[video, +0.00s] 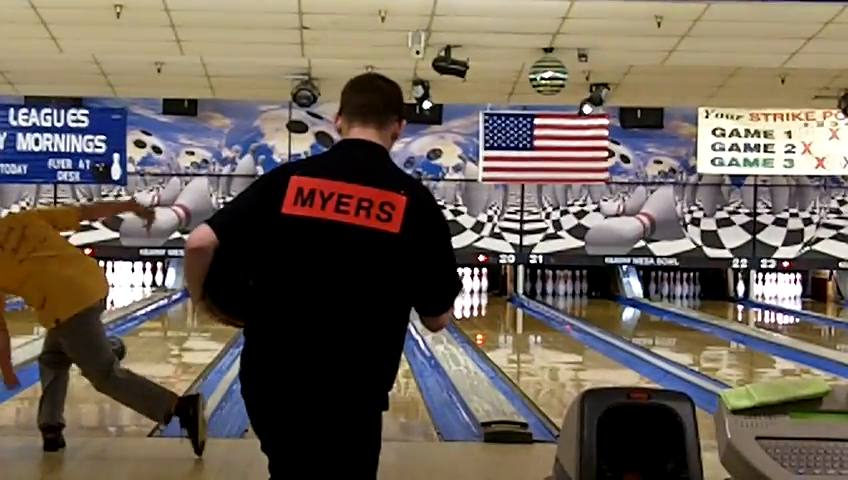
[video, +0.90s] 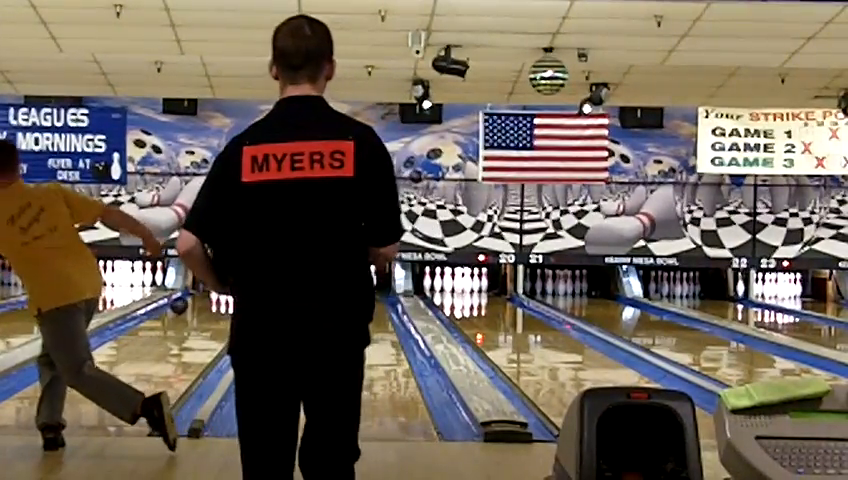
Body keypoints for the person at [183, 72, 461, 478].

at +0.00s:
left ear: (338, 121)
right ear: (398, 129)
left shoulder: (288, 177)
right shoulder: (416, 202)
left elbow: (199, 243)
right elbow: (436, 317)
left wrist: (204, 302)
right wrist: (407, 266)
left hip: (271, 381)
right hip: (355, 391)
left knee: (286, 475)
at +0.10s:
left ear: (334, 121)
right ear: (394, 126)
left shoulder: (284, 179)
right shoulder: (411, 203)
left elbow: (195, 244)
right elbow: (432, 316)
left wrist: (200, 304)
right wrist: (402, 265)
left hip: (270, 383)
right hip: (352, 391)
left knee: (285, 474)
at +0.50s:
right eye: (346, 80)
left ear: (291, 85)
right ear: (347, 86)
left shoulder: (252, 157)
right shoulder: (377, 162)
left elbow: (180, 229)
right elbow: (389, 272)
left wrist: (198, 290)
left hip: (261, 341)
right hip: (340, 340)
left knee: (271, 465)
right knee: (340, 464)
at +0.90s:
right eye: (330, 62)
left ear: (273, 69)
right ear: (330, 68)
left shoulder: (242, 146)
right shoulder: (363, 142)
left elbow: (189, 244)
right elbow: (385, 250)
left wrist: (222, 284)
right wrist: (357, 252)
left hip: (261, 333)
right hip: (337, 333)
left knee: (265, 465)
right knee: (331, 462)